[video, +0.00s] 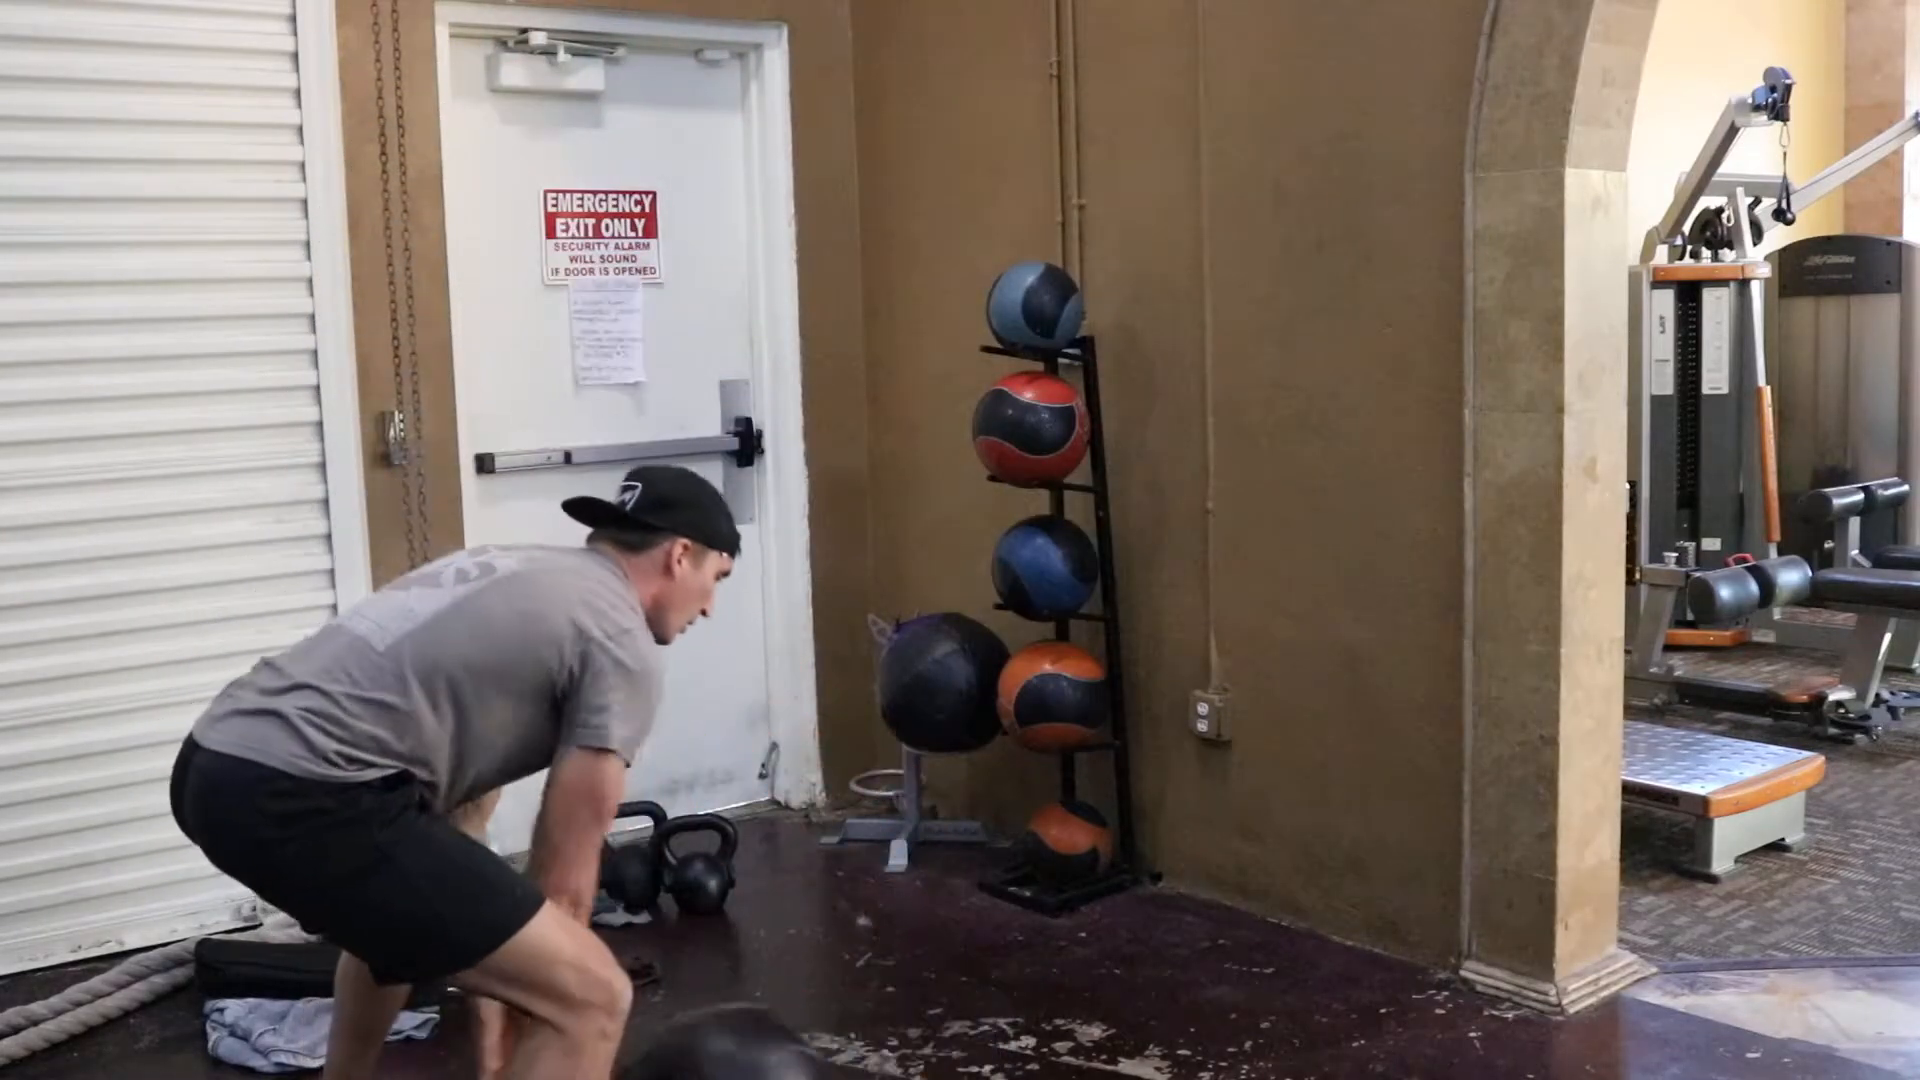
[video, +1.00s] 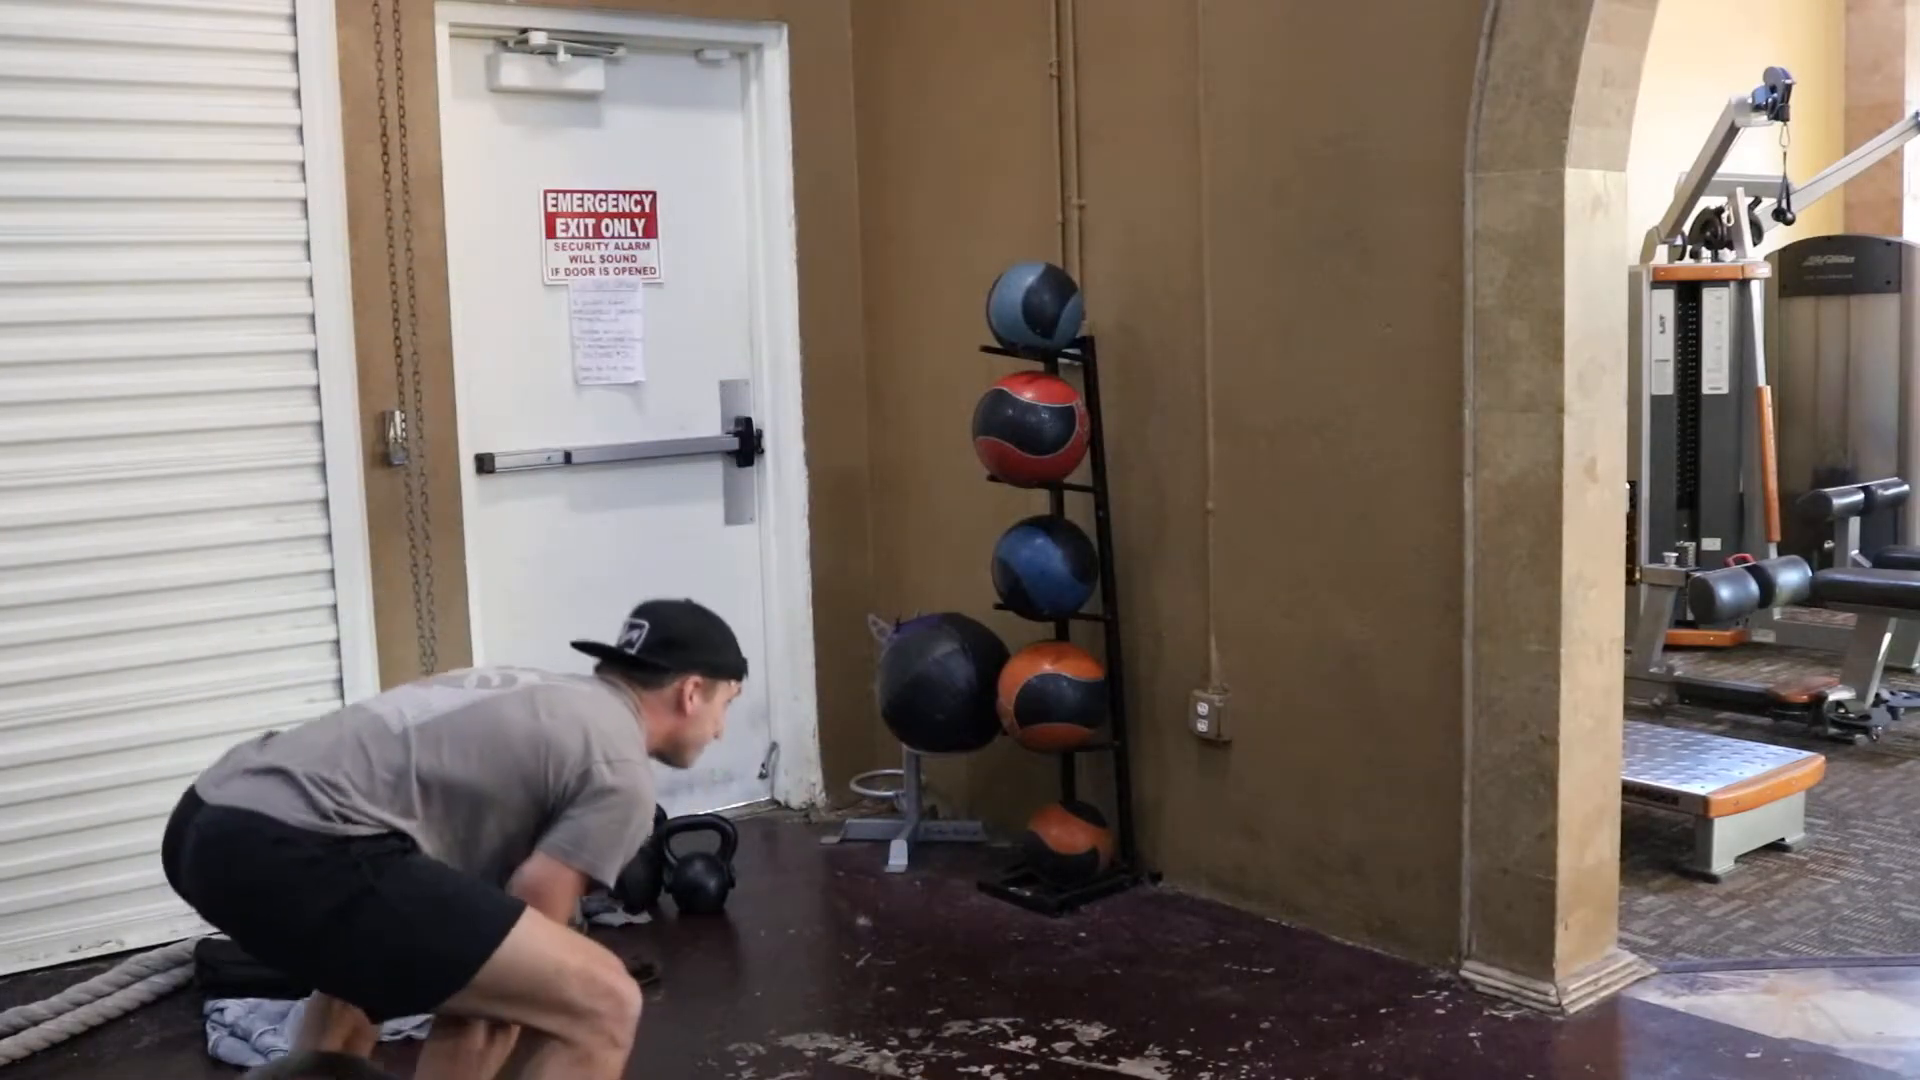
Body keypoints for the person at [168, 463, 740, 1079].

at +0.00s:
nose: (710, 609)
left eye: (719, 584)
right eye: (715, 579)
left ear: (619, 542)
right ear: (677, 558)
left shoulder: (516, 573)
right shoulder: (620, 641)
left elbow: (454, 842)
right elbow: (560, 892)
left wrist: (489, 1048)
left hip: (214, 767)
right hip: (308, 793)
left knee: (396, 909)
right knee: (594, 997)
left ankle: (343, 1070)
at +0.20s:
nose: (723, 659)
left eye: (731, 637)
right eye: (729, 632)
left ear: (627, 595)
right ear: (690, 615)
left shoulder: (533, 622)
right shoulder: (623, 697)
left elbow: (446, 867)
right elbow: (533, 919)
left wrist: (423, 1051)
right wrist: (494, 1070)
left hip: (216, 795)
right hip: (308, 817)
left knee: (389, 917)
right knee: (604, 998)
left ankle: (346, 1069)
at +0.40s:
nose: (726, 732)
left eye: (733, 711)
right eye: (730, 708)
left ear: (631, 668)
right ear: (695, 694)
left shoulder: (538, 692)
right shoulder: (628, 765)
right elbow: (544, 965)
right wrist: (513, 1069)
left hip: (219, 849)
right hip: (311, 874)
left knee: (397, 943)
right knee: (631, 1007)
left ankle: (359, 1071)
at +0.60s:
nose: (729, 774)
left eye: (736, 754)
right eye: (735, 752)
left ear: (636, 712)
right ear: (700, 740)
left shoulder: (555, 736)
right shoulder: (628, 805)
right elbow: (552, 992)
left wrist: (516, 1050)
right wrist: (524, 1060)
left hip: (217, 879)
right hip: (305, 903)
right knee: (635, 1009)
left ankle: (356, 1068)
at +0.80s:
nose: (726, 766)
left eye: (733, 744)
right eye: (732, 741)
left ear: (631, 702)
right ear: (695, 729)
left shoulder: (549, 730)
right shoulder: (630, 807)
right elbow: (532, 980)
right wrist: (513, 1068)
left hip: (215, 877)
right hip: (304, 902)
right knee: (632, 1008)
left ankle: (351, 1065)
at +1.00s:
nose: (721, 729)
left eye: (727, 708)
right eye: (724, 706)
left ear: (625, 670)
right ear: (687, 695)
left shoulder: (530, 692)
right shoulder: (622, 769)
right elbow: (516, 944)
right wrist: (456, 1068)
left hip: (203, 829)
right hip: (303, 853)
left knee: (372, 949)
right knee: (604, 1004)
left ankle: (307, 1060)